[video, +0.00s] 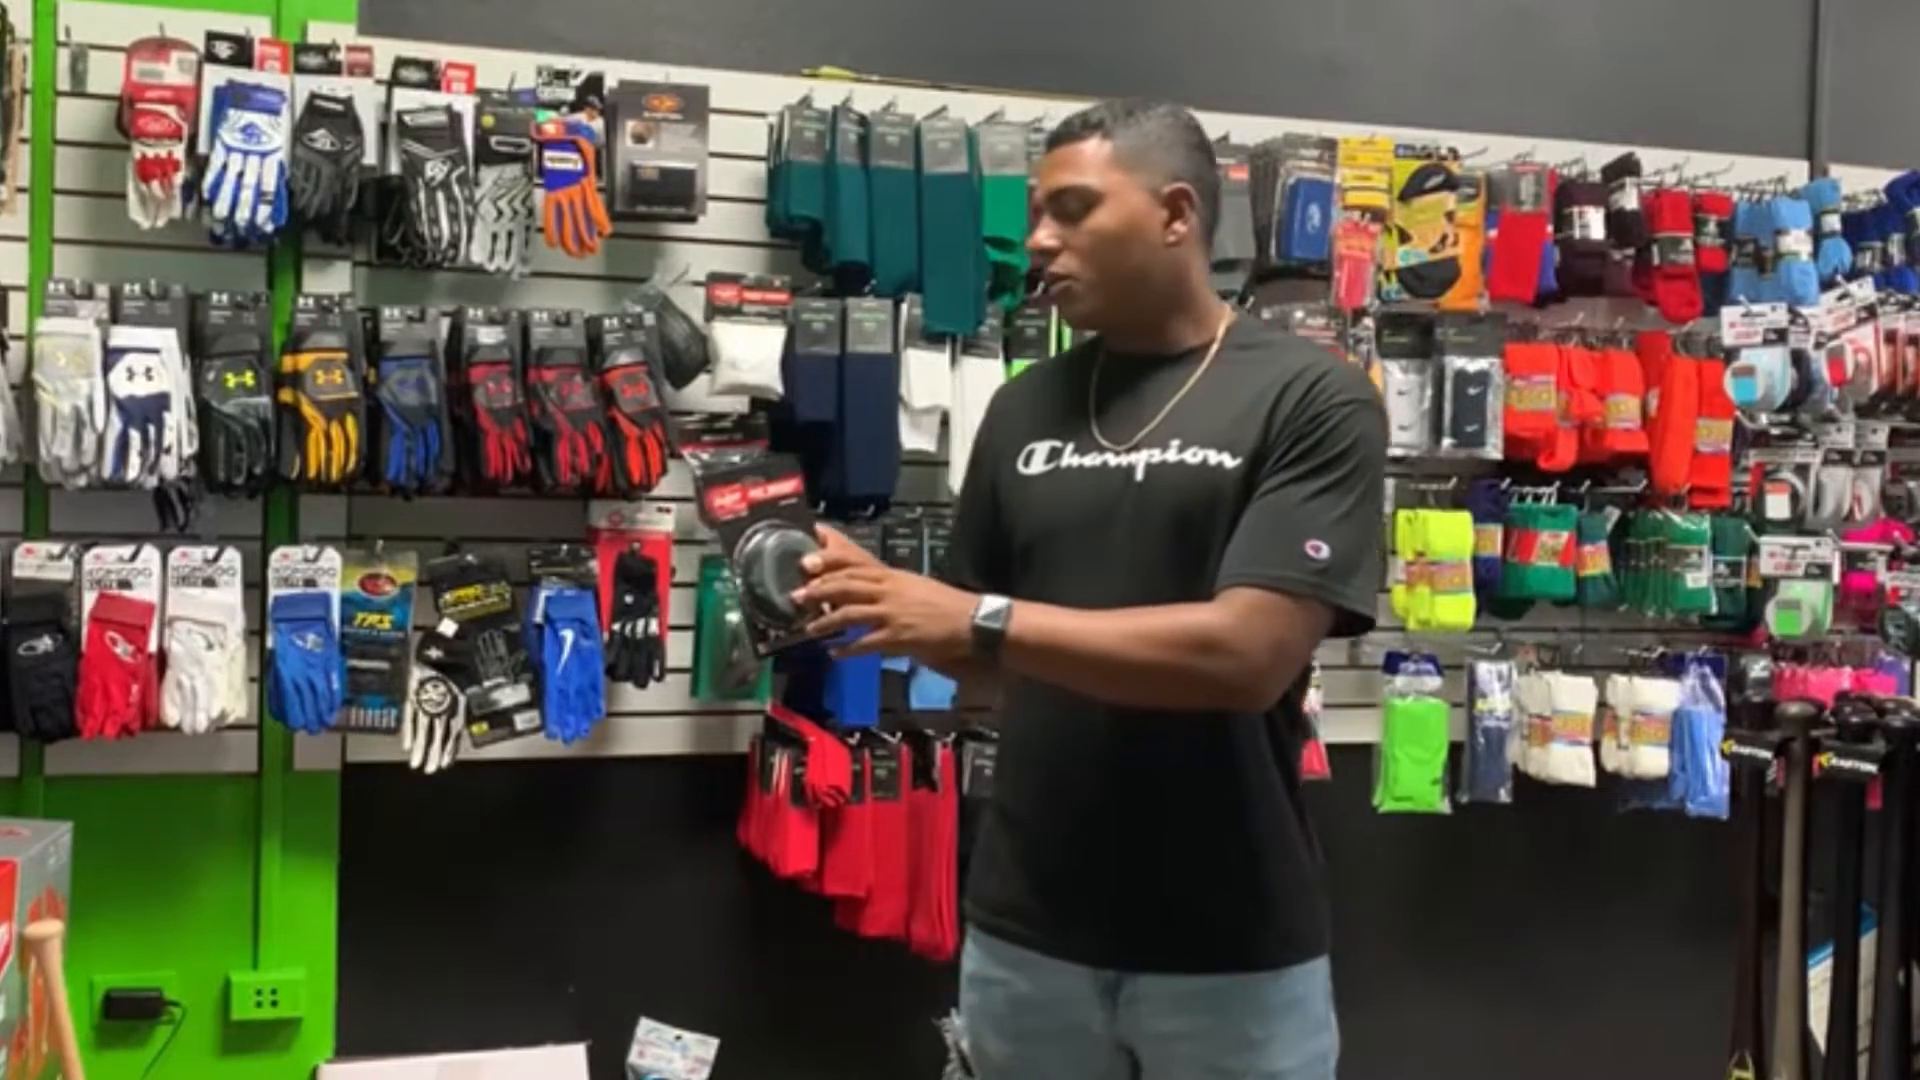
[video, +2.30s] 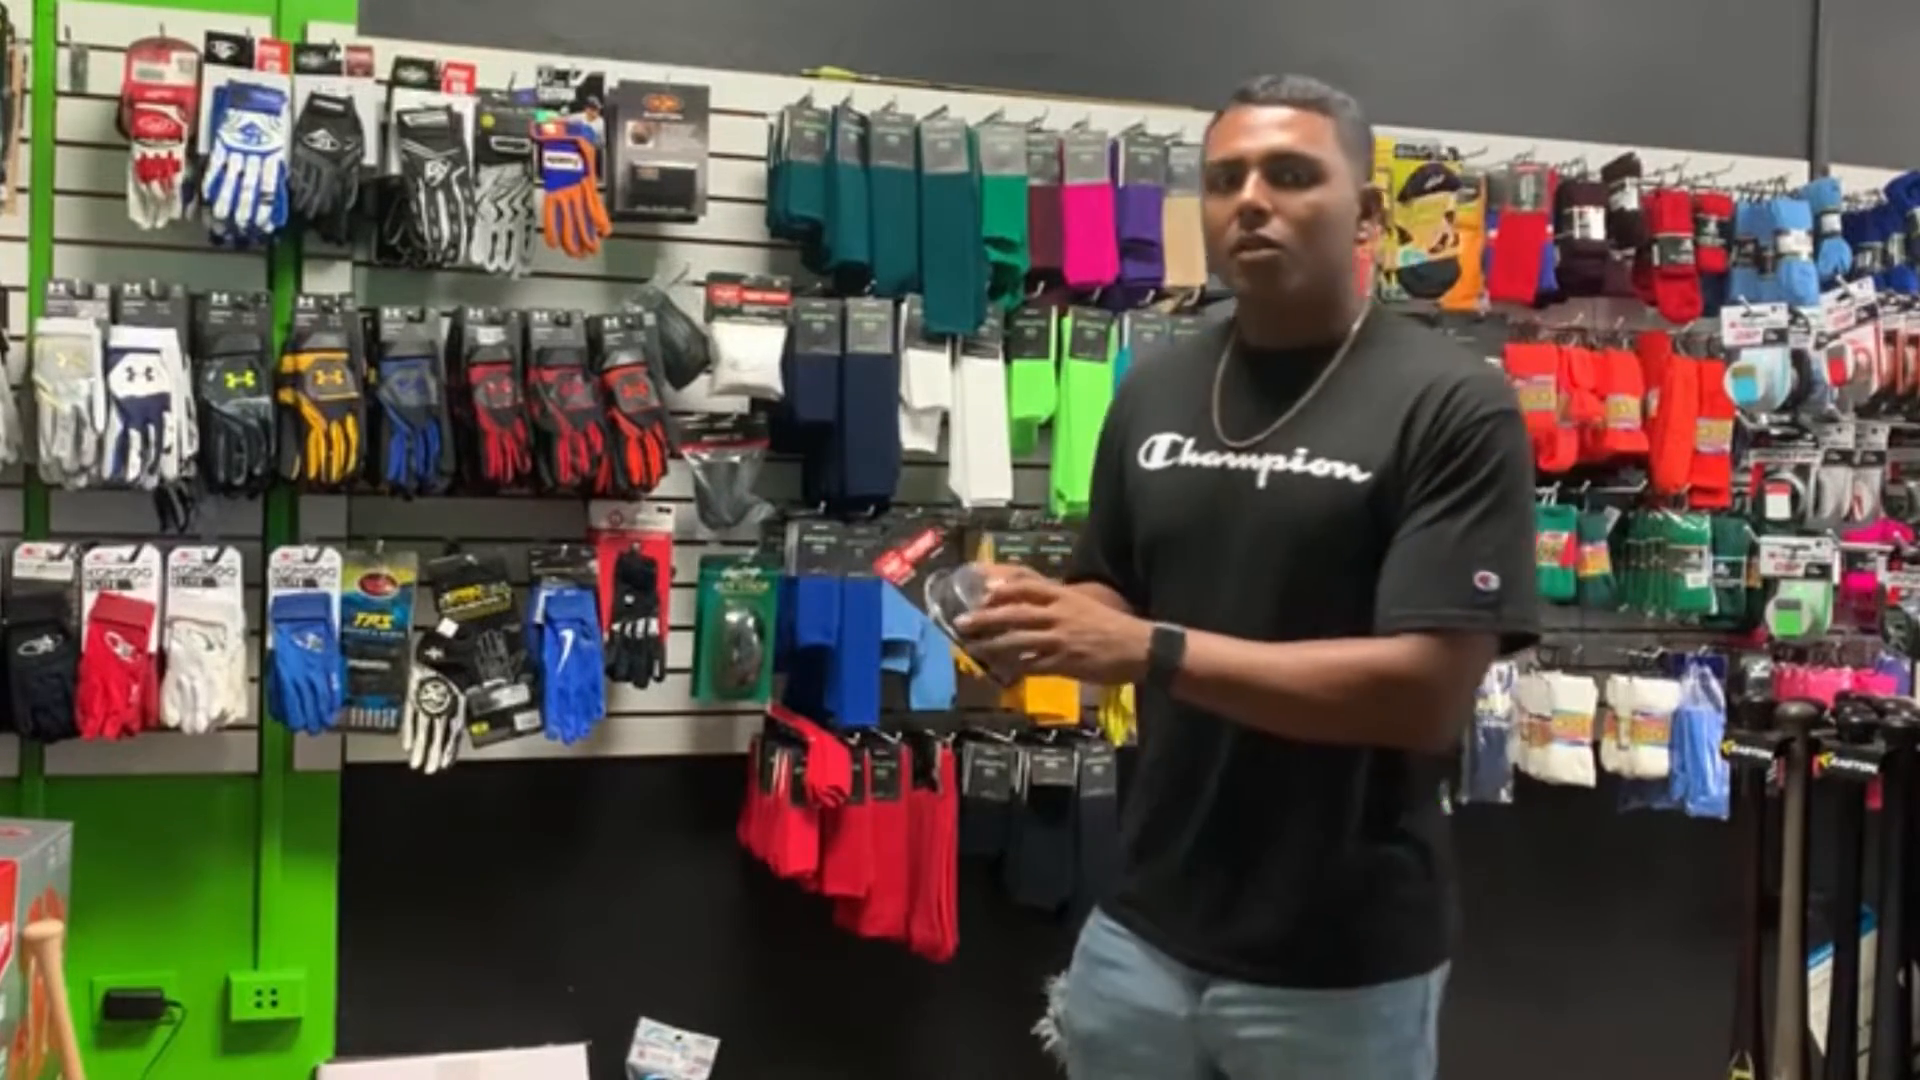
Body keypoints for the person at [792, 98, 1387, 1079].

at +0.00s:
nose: (1038, 243)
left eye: (1072, 207)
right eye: (1038, 215)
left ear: (1176, 214)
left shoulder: (1314, 396)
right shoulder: (1022, 408)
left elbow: (1249, 657)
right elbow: (985, 655)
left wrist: (973, 622)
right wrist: (870, 604)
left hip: (1232, 946)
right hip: (1027, 935)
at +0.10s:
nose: (1067, 238)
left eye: (1100, 204)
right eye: (1068, 211)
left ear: (1204, 211)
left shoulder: (1343, 394)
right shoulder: (1047, 407)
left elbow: (1274, 655)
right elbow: (1004, 650)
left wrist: (998, 619)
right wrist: (892, 599)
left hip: (1254, 948)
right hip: (1048, 936)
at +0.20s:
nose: (1098, 236)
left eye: (1131, 202)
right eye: (1100, 209)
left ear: (1234, 210)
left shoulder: (1373, 395)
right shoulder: (1077, 404)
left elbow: (1299, 657)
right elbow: (1037, 651)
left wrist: (1022, 616)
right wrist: (929, 600)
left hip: (1282, 952)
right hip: (1074, 940)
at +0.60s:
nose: (1216, 230)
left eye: (1250, 197)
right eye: (1215, 202)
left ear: (1361, 212)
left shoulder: (1497, 404)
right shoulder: (1183, 404)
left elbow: (1408, 666)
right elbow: (1145, 658)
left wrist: (1121, 617)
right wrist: (1023, 596)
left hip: (1384, 968)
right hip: (1169, 949)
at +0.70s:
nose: (1237, 231)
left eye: (1272, 198)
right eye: (1237, 202)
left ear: (1385, 214)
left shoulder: (1521, 407)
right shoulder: (1203, 404)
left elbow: (1431, 670)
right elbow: (1158, 652)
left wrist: (1142, 618)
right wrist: (1042, 595)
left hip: (1401, 974)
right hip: (1183, 950)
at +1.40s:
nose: (1373, 202)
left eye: (1413, 176)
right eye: (1346, 176)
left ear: (1481, 212)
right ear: (1311, 209)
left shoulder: (1568, 417)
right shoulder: (1239, 398)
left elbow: (1479, 687)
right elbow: (1191, 643)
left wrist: (1192, 628)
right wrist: (1083, 599)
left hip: (1436, 980)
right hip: (1216, 953)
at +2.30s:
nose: (1250, 202)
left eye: (1291, 175)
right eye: (1225, 178)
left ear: (1366, 209)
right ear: (1204, 208)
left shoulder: (1453, 400)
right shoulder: (1158, 381)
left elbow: (1431, 694)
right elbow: (1112, 604)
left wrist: (1150, 648)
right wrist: (1033, 624)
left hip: (1341, 954)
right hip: (1146, 924)